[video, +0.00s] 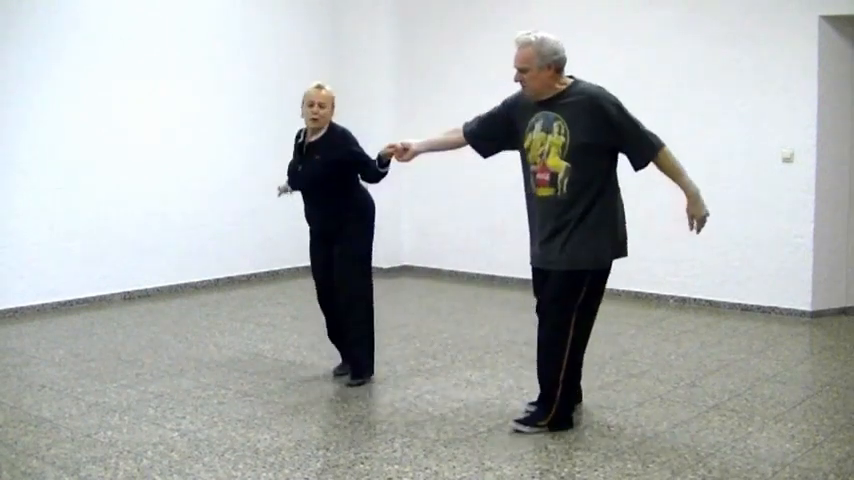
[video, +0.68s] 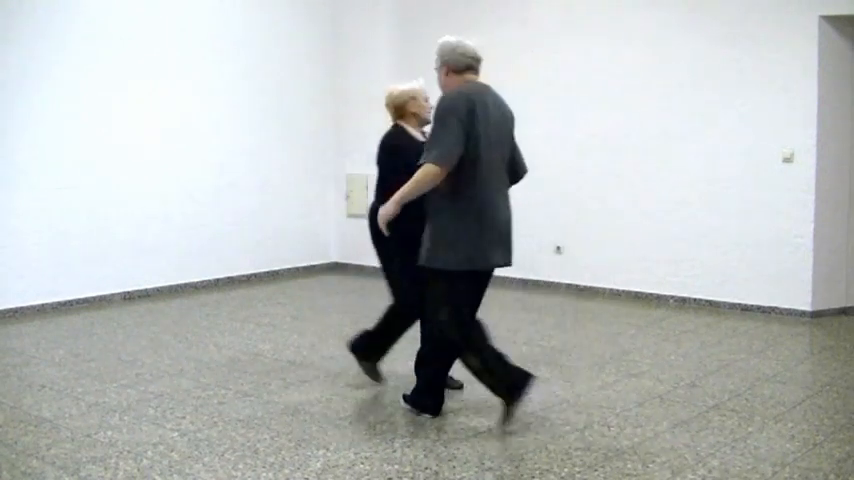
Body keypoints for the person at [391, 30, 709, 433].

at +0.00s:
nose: (516, 77)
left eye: (523, 70)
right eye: (516, 69)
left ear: (553, 70)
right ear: (533, 70)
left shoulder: (594, 103)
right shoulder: (519, 108)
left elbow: (650, 147)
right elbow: (467, 133)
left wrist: (692, 193)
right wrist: (417, 146)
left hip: (590, 239)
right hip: (546, 239)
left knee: (564, 321)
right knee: (551, 318)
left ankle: (555, 409)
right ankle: (563, 397)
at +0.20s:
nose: (500, 76)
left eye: (505, 68)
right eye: (499, 68)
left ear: (533, 67)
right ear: (526, 67)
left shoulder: (572, 100)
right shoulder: (516, 106)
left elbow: (627, 136)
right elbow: (481, 141)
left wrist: (645, 176)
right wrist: (433, 153)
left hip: (575, 245)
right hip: (532, 242)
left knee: (559, 326)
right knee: (515, 308)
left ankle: (556, 412)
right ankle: (547, 391)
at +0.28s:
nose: (492, 72)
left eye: (497, 65)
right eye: (492, 65)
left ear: (523, 66)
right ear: (519, 66)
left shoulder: (555, 96)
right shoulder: (517, 103)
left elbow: (593, 134)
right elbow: (491, 148)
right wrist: (443, 159)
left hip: (560, 247)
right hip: (523, 243)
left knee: (553, 327)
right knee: (498, 301)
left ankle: (555, 411)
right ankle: (522, 388)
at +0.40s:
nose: (479, 74)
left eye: (482, 67)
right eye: (479, 67)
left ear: (504, 66)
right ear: (507, 66)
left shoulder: (531, 97)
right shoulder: (515, 101)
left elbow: (526, 148)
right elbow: (510, 162)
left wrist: (457, 160)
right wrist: (463, 169)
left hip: (530, 242)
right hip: (510, 239)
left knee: (533, 325)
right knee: (481, 308)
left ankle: (552, 410)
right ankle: (463, 392)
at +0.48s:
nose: (468, 79)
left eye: (471, 71)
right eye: (468, 71)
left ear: (489, 69)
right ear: (495, 68)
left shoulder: (511, 101)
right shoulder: (511, 98)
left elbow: (484, 156)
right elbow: (504, 160)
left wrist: (421, 168)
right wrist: (472, 175)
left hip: (511, 239)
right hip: (506, 237)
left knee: (476, 311)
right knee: (512, 318)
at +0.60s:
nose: (451, 81)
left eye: (452, 74)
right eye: (452, 74)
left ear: (462, 70)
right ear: (488, 68)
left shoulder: (474, 102)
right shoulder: (507, 103)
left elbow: (448, 165)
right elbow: (526, 168)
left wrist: (401, 185)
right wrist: (472, 184)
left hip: (474, 237)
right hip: (498, 234)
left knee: (483, 319)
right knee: (455, 314)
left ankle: (541, 398)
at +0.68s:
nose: (438, 80)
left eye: (438, 73)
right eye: (439, 74)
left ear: (446, 70)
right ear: (475, 68)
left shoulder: (454, 102)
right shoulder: (498, 105)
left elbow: (437, 166)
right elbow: (515, 169)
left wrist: (396, 200)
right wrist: (472, 191)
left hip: (455, 232)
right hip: (488, 232)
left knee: (447, 316)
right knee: (451, 316)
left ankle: (509, 383)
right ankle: (426, 397)